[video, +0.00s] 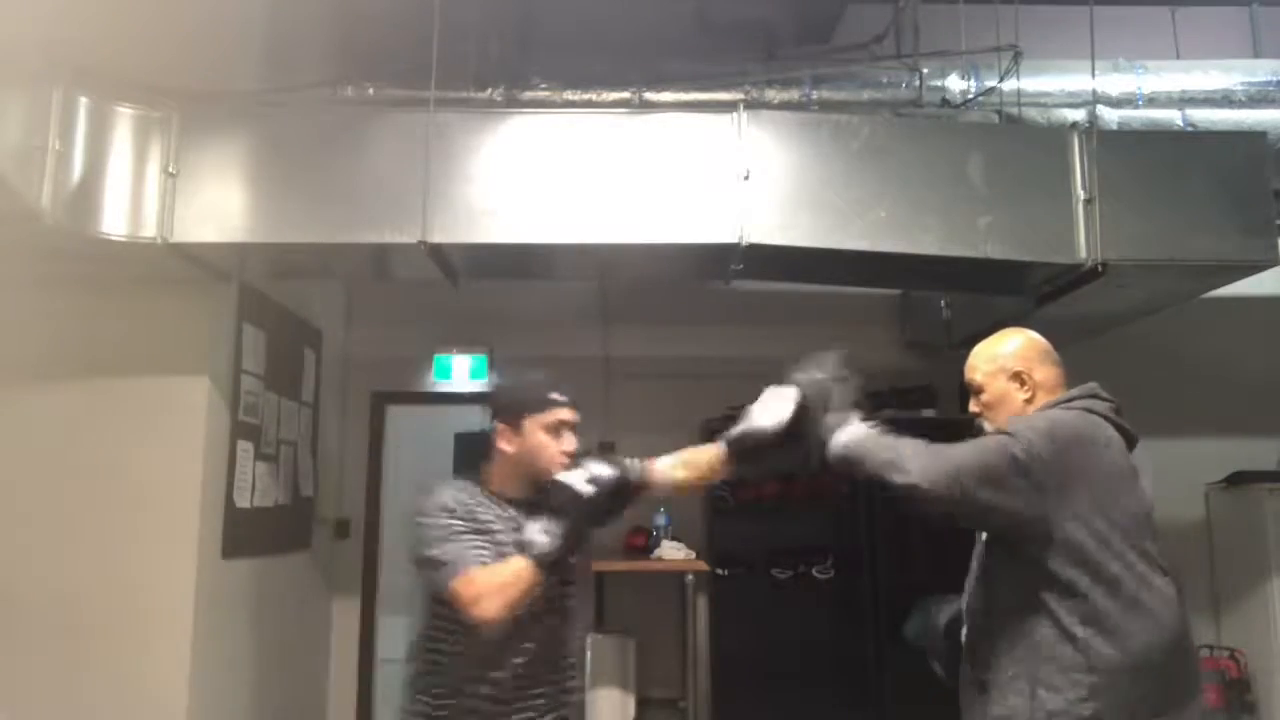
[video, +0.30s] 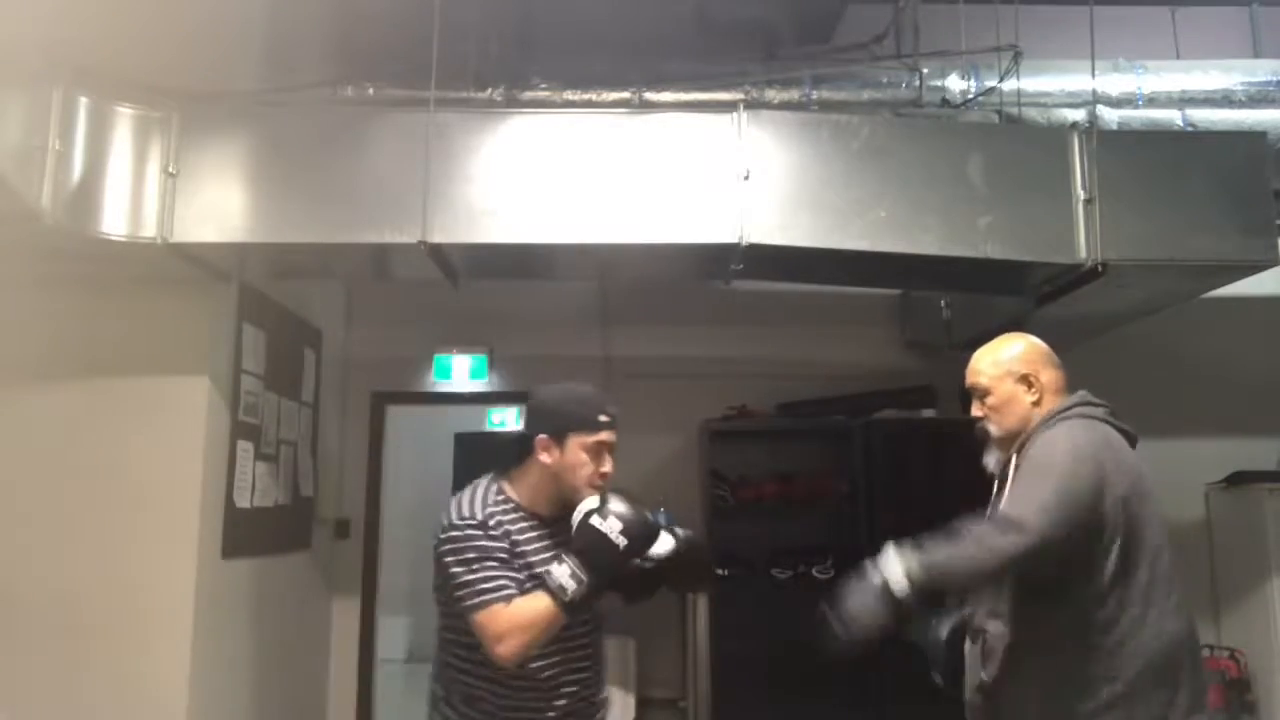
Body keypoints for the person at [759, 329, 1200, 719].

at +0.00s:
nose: (972, 411)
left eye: (978, 393)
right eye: (971, 398)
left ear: (1024, 382)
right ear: (1031, 384)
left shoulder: (1054, 440)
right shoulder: (1087, 435)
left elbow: (937, 474)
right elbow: (1058, 578)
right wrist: (968, 614)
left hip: (1082, 685)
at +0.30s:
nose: (974, 412)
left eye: (982, 395)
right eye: (972, 399)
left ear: (1032, 387)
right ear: (1032, 387)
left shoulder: (1070, 444)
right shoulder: (1061, 441)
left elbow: (1023, 534)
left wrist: (900, 570)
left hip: (1101, 699)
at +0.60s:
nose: (973, 414)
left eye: (982, 396)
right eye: (971, 401)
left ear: (1031, 388)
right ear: (1031, 388)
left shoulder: (1069, 457)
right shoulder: (1053, 452)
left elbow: (1055, 585)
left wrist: (956, 625)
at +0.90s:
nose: (976, 412)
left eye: (984, 396)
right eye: (974, 399)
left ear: (1032, 389)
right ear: (1032, 390)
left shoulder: (1058, 458)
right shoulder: (1073, 447)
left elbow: (1040, 589)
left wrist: (953, 625)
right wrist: (970, 614)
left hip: (1100, 701)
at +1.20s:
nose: (967, 416)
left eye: (975, 398)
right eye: (965, 401)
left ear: (1022, 391)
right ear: (1024, 391)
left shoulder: (1041, 458)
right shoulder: (1074, 445)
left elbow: (1022, 585)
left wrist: (942, 626)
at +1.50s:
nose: (960, 417)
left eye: (967, 400)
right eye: (958, 404)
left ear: (1016, 393)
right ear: (1017, 394)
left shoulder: (1035, 461)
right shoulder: (1074, 447)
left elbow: (1019, 597)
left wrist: (936, 634)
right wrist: (966, 590)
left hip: (1097, 699)